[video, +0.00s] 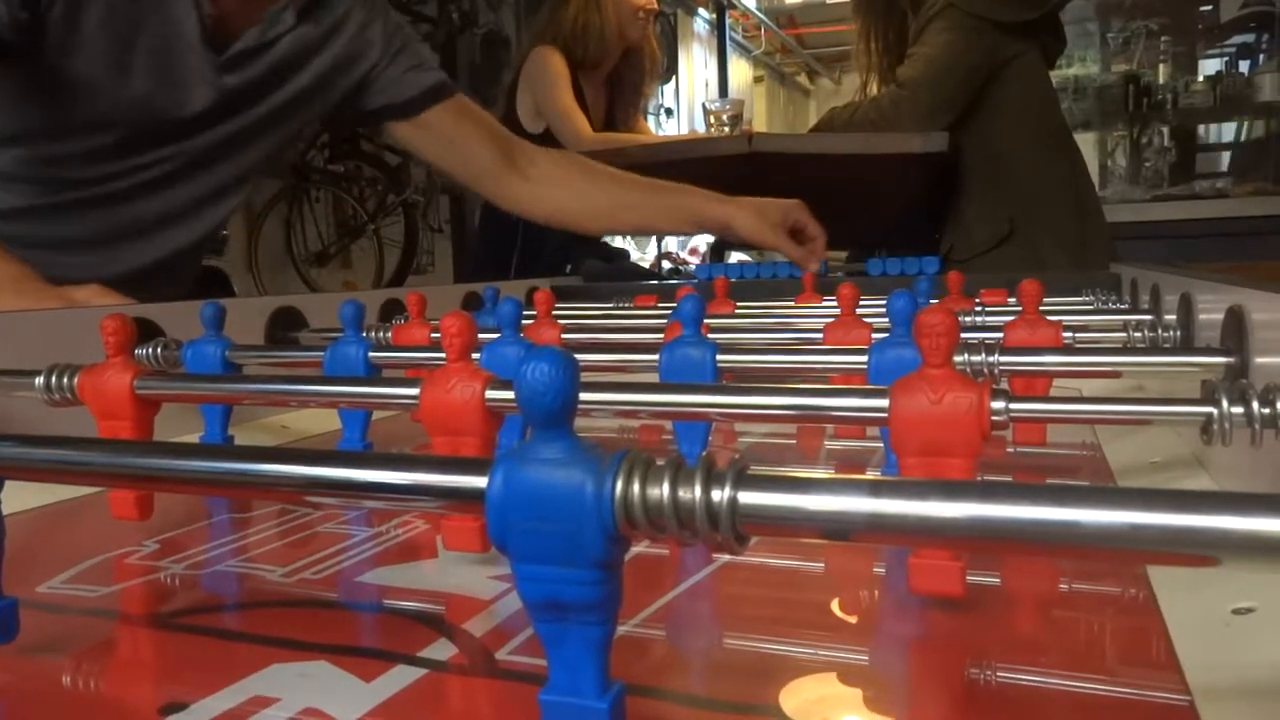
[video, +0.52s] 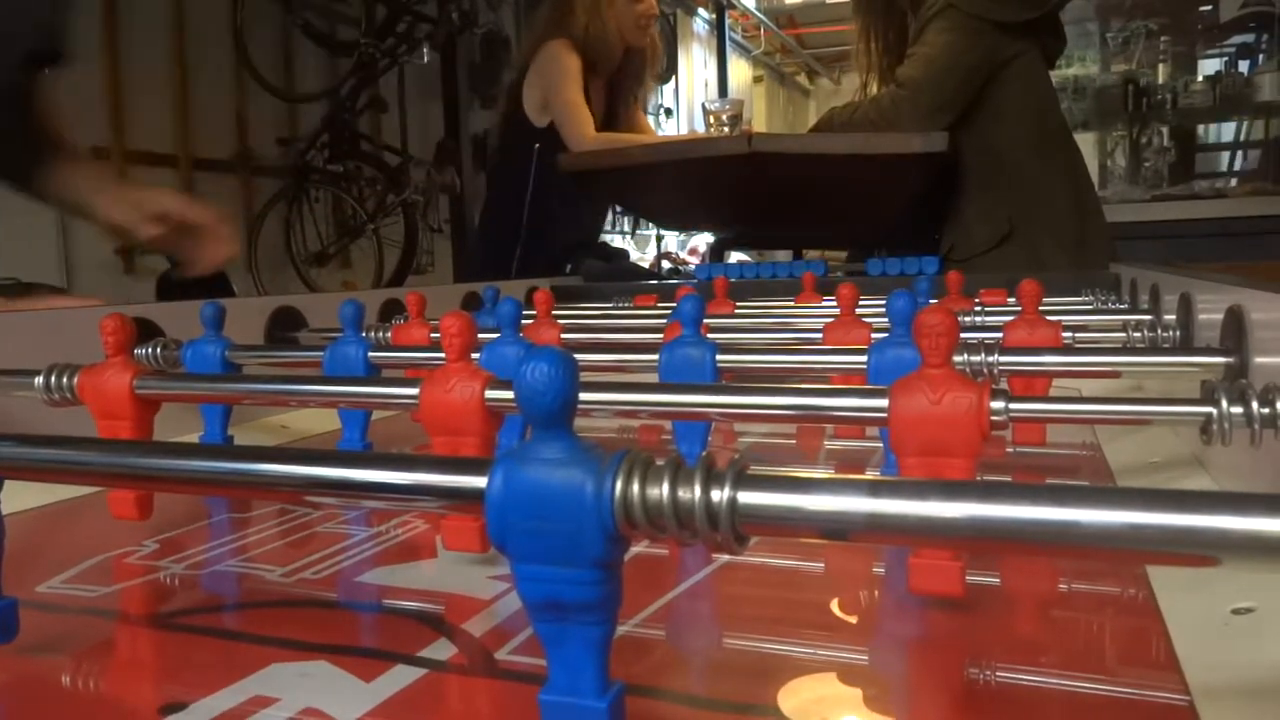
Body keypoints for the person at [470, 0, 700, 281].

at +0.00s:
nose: (654, 7)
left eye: (653, 1)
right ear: (599, 6)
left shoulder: (614, 82)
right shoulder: (546, 61)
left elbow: (649, 148)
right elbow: (581, 143)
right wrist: (674, 147)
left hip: (572, 246)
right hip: (519, 250)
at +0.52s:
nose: (654, 9)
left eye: (653, 0)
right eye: (638, 0)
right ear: (602, 5)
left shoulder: (612, 73)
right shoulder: (559, 56)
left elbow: (648, 145)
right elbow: (583, 143)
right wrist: (671, 147)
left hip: (570, 249)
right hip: (520, 254)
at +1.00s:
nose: (661, 8)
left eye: (659, 1)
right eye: (646, 0)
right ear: (603, 7)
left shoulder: (614, 77)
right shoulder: (542, 61)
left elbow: (647, 150)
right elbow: (581, 143)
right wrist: (680, 147)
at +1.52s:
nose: (670, 10)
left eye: (669, 1)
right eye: (655, 0)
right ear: (614, 7)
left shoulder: (625, 79)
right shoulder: (551, 59)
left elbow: (651, 152)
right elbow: (581, 143)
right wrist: (677, 148)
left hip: (580, 250)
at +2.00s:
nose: (661, 8)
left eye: (658, 1)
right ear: (603, 5)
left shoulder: (617, 80)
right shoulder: (544, 59)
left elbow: (651, 150)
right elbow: (581, 142)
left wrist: (703, 145)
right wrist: (678, 145)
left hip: (580, 250)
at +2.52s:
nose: (663, 9)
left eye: (661, 2)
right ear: (607, 6)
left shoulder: (619, 81)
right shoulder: (547, 60)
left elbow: (651, 152)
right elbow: (581, 144)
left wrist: (699, 146)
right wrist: (681, 145)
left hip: (578, 248)